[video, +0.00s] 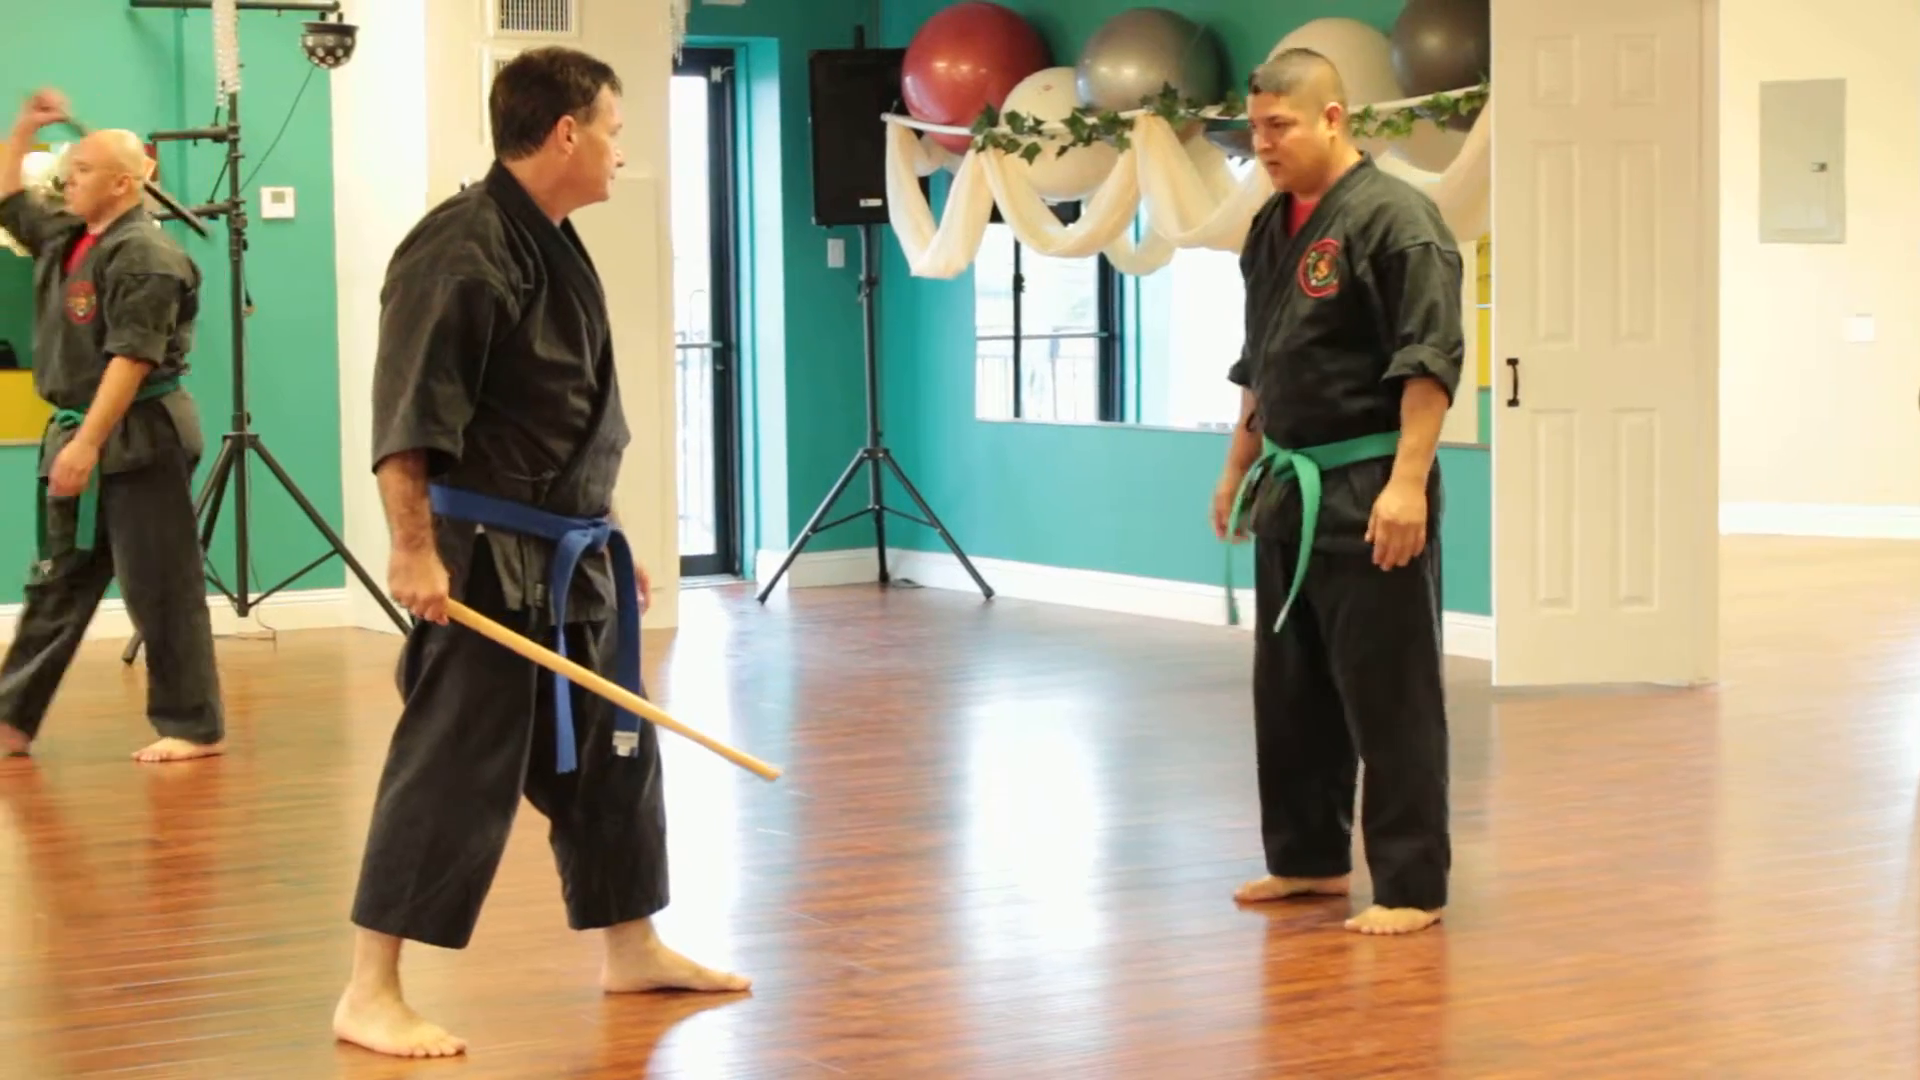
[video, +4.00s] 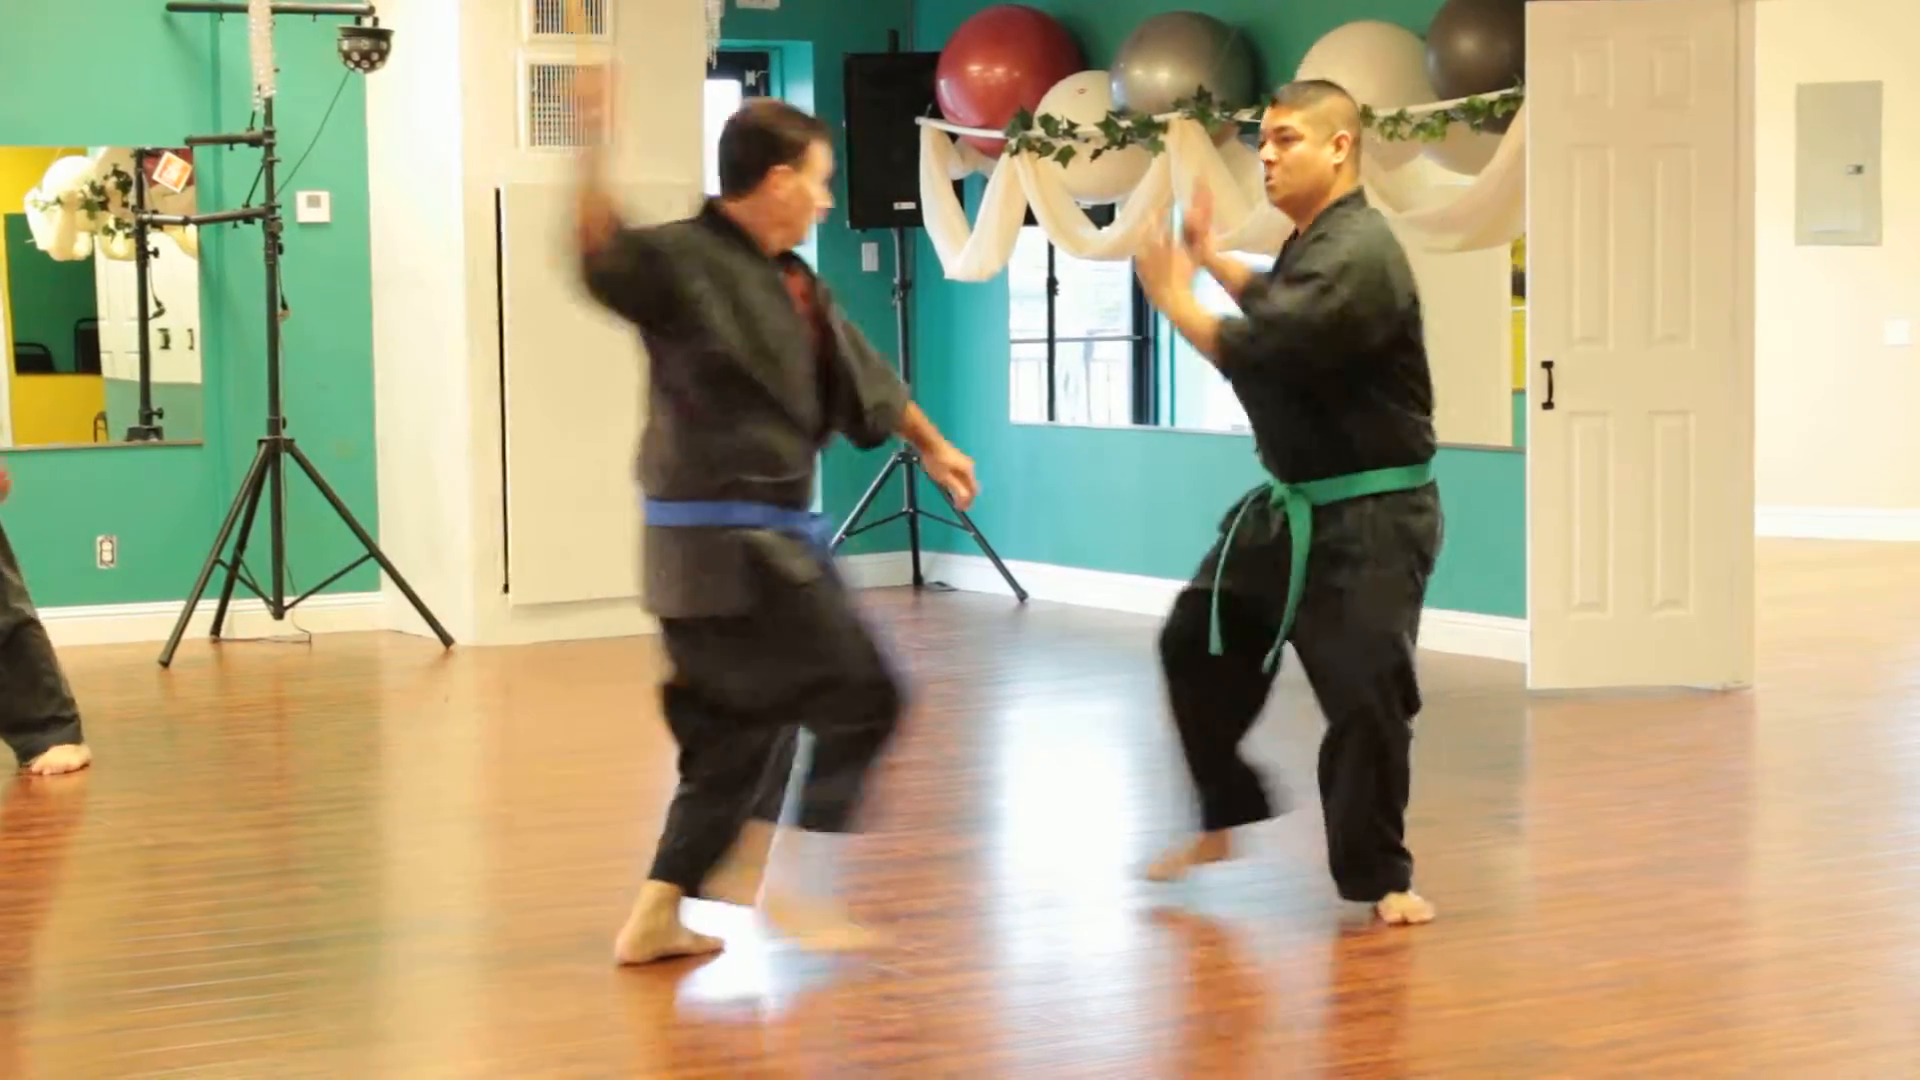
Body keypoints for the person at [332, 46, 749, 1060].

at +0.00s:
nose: (620, 156)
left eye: (619, 137)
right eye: (612, 136)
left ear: (556, 136)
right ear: (563, 134)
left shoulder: (552, 243)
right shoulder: (459, 248)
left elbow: (565, 418)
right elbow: (403, 412)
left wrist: (610, 542)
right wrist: (412, 547)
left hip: (579, 543)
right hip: (490, 546)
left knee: (612, 741)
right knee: (448, 758)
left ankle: (634, 951)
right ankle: (369, 993)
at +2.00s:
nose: (605, 175)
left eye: (605, 156)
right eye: (597, 155)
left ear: (548, 158)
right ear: (545, 156)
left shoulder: (559, 276)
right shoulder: (439, 262)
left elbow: (572, 428)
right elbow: (378, 412)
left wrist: (615, 539)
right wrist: (380, 541)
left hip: (558, 545)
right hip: (461, 543)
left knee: (600, 726)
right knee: (427, 747)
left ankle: (598, 926)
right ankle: (351, 967)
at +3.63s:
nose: (648, 194)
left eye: (647, 175)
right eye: (638, 175)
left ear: (591, 176)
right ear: (588, 175)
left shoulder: (621, 288)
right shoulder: (478, 272)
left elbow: (682, 404)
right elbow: (365, 382)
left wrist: (757, 489)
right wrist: (350, 489)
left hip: (590, 547)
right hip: (494, 541)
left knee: (672, 700)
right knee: (468, 742)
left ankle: (639, 911)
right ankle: (356, 965)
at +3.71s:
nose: (677, 201)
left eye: (677, 184)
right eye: (668, 183)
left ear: (629, 183)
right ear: (616, 181)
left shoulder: (661, 290)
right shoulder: (515, 270)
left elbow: (733, 397)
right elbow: (413, 326)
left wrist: (821, 471)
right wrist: (357, 381)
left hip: (631, 558)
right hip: (534, 553)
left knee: (699, 712)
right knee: (491, 738)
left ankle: (653, 921)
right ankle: (357, 957)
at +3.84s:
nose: (731, 201)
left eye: (732, 185)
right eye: (724, 184)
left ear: (683, 183)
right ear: (677, 182)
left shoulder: (721, 283)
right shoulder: (576, 271)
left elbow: (797, 369)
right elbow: (429, 322)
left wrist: (880, 439)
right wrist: (405, 268)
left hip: (698, 545)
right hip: (611, 542)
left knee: (737, 724)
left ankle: (655, 920)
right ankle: (444, 893)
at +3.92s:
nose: (779, 202)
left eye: (780, 184)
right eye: (771, 184)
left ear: (726, 183)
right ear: (722, 183)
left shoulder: (760, 280)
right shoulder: (627, 265)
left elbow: (832, 365)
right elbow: (499, 283)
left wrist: (910, 432)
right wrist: (483, 184)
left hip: (745, 540)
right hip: (662, 541)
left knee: (745, 728)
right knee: (739, 728)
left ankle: (656, 917)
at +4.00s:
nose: (826, 198)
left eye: (826, 182)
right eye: (817, 179)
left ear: (771, 182)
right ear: (769, 177)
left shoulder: (795, 284)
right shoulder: (685, 254)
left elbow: (861, 376)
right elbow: (604, 257)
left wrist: (931, 446)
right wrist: (592, 148)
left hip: (752, 535)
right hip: (725, 538)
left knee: (736, 730)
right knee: (862, 694)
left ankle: (655, 916)